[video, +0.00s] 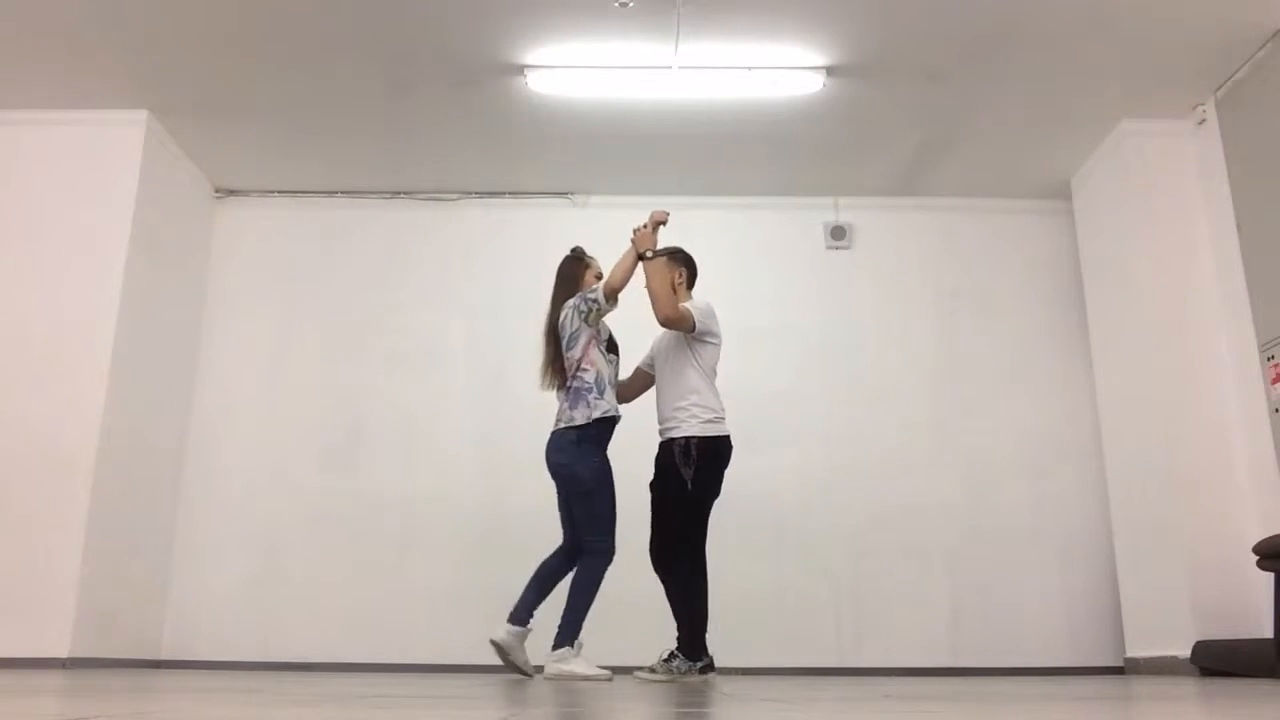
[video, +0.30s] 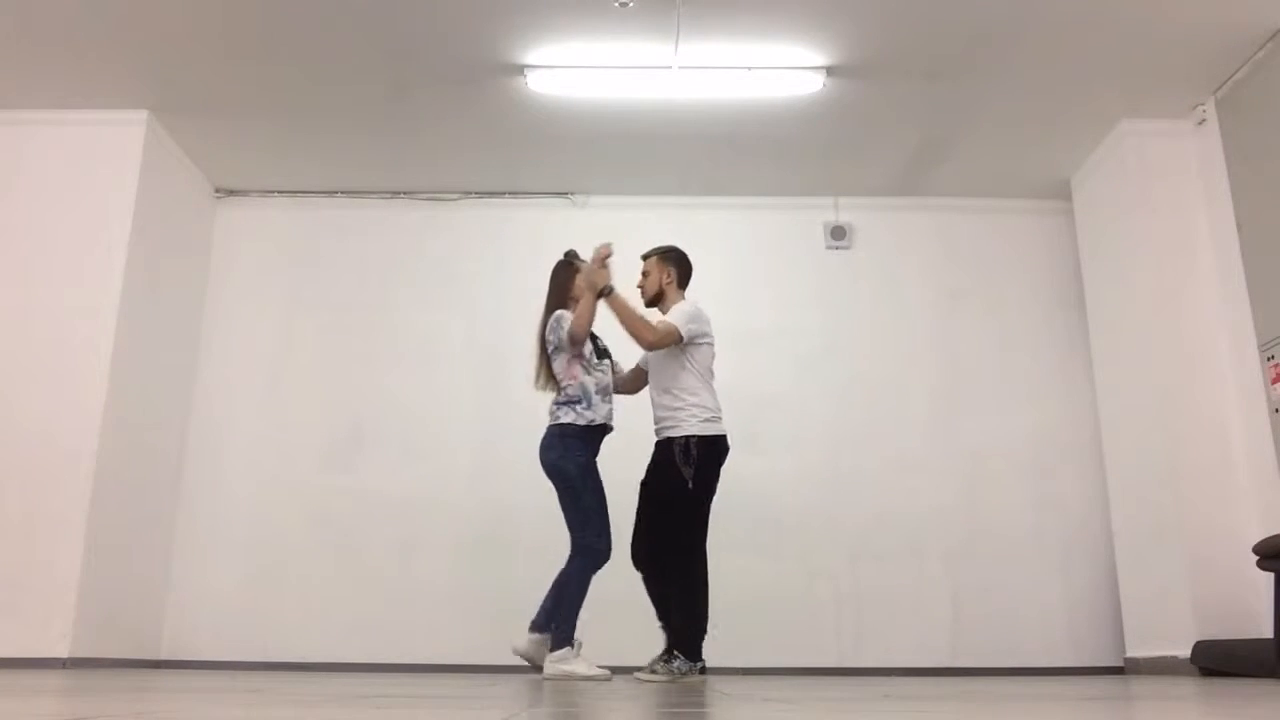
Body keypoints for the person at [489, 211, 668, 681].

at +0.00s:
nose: (602, 281)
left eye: (601, 276)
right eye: (595, 275)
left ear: (580, 280)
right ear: (578, 279)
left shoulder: (581, 320)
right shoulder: (576, 311)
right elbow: (612, 287)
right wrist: (641, 242)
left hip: (568, 444)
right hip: (581, 445)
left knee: (573, 548)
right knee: (599, 550)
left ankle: (513, 632)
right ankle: (563, 652)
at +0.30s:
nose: (595, 281)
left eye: (594, 276)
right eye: (589, 275)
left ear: (577, 286)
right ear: (573, 282)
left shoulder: (592, 336)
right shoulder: (559, 321)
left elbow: (624, 384)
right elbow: (578, 336)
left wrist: (662, 358)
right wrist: (595, 285)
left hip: (582, 444)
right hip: (567, 443)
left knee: (594, 548)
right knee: (590, 547)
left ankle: (538, 636)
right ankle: (561, 651)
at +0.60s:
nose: (583, 293)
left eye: (585, 288)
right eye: (575, 287)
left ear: (584, 295)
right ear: (553, 292)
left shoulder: (594, 340)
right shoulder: (542, 337)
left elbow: (624, 372)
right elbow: (540, 395)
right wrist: (553, 356)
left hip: (591, 449)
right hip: (558, 447)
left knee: (585, 547)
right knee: (569, 543)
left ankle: (561, 646)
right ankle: (556, 650)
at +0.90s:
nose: (572, 297)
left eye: (574, 292)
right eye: (563, 291)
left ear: (576, 301)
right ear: (542, 299)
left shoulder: (583, 350)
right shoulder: (528, 342)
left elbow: (614, 381)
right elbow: (509, 365)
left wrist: (642, 359)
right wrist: (528, 323)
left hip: (588, 452)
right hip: (550, 453)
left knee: (578, 547)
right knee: (573, 542)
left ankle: (558, 646)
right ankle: (528, 627)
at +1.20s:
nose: (571, 301)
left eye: (575, 295)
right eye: (564, 294)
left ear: (576, 298)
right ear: (545, 296)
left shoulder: (579, 344)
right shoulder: (528, 331)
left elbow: (604, 375)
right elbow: (533, 347)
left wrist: (648, 363)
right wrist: (558, 306)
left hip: (569, 455)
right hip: (526, 453)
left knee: (583, 543)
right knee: (522, 551)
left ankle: (560, 638)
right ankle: (511, 647)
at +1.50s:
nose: (590, 291)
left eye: (587, 285)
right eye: (587, 285)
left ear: (554, 288)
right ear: (578, 289)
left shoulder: (562, 326)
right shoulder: (575, 324)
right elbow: (632, 325)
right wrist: (652, 287)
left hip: (576, 450)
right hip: (560, 450)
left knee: (575, 549)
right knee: (571, 547)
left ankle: (556, 647)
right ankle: (521, 623)